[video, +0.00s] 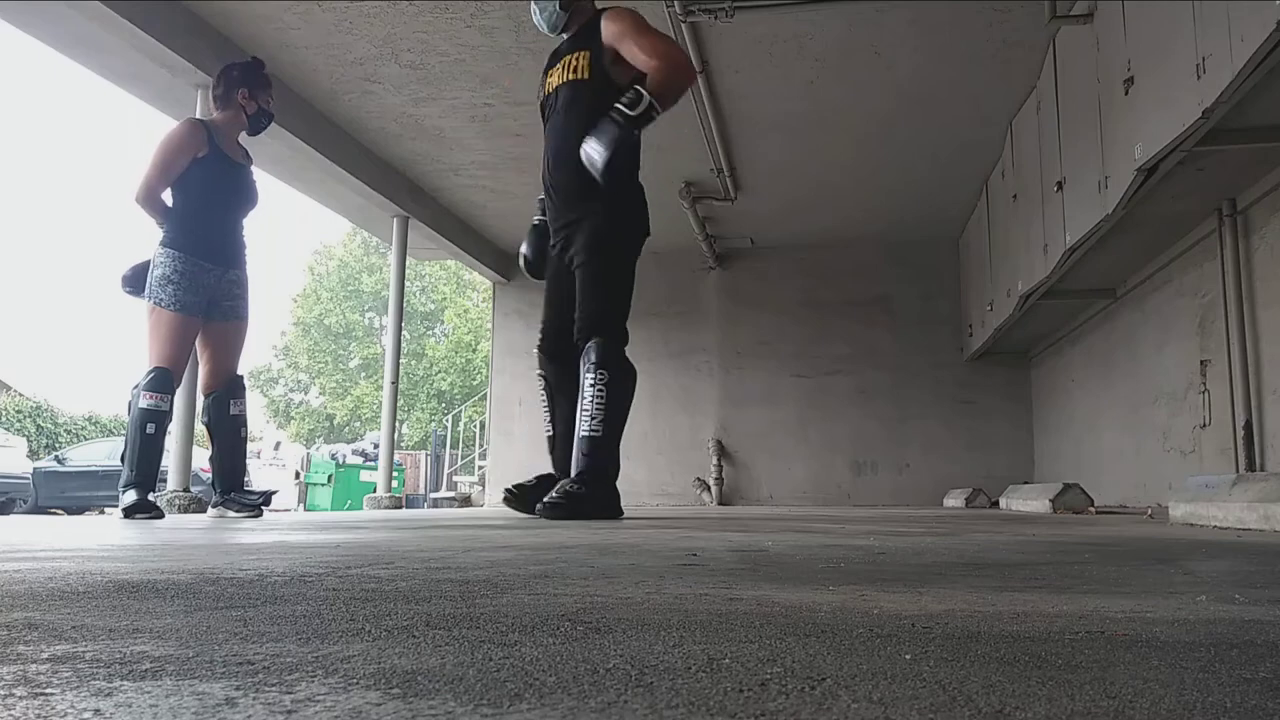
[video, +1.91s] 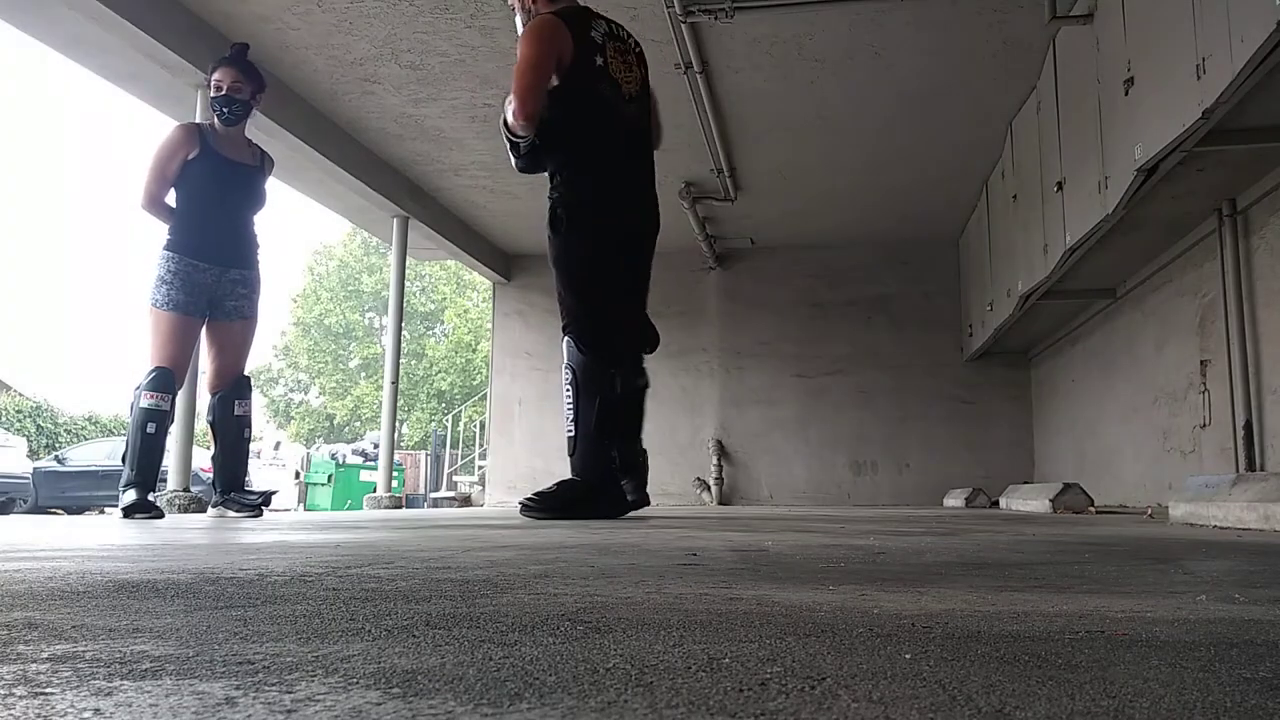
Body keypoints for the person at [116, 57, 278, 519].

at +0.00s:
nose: (270, 110)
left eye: (271, 103)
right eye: (267, 100)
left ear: (239, 99)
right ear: (243, 96)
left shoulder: (242, 153)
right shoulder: (193, 130)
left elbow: (226, 215)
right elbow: (146, 194)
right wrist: (177, 227)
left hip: (231, 271)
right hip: (183, 262)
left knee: (222, 382)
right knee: (163, 375)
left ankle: (228, 488)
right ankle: (137, 489)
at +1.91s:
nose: (225, 96)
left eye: (236, 89)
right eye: (218, 87)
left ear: (255, 98)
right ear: (208, 92)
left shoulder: (263, 160)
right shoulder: (187, 136)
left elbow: (247, 213)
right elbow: (152, 200)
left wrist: (240, 237)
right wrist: (192, 228)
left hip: (240, 274)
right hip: (184, 266)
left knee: (229, 383)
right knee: (165, 376)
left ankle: (229, 488)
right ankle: (138, 488)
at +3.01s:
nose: (188, 77)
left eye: (200, 70)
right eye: (180, 66)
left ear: (216, 79)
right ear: (166, 69)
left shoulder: (226, 141)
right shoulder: (137, 113)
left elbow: (204, 197)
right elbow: (90, 172)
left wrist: (188, 223)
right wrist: (128, 210)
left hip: (196, 258)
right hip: (135, 255)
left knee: (200, 366)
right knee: (139, 378)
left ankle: (205, 479)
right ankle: (137, 492)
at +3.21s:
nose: (184, 69)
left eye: (197, 62)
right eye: (176, 58)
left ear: (215, 71)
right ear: (163, 60)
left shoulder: (226, 135)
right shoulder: (130, 106)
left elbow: (229, 201)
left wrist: (247, 251)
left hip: (194, 256)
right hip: (128, 252)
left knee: (173, 362)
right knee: (133, 376)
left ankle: (163, 482)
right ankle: (133, 489)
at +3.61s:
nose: (160, 32)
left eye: (175, 24)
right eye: (152, 20)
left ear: (198, 34)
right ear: (142, 23)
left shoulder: (214, 94)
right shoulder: (114, 82)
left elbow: (228, 176)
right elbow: (86, 151)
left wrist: (201, 195)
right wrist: (66, 155)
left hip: (178, 233)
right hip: (114, 228)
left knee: (166, 359)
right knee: (79, 359)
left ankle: (150, 490)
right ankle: (121, 465)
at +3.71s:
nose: (149, 19)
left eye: (164, 12)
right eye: (142, 10)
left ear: (188, 23)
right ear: (132, 17)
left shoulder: (204, 84)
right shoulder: (107, 76)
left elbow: (221, 160)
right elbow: (87, 151)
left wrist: (191, 168)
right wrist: (80, 136)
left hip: (171, 224)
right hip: (108, 221)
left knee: (161, 354)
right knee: (62, 347)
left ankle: (150, 487)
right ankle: (81, 475)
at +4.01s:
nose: (108, 10)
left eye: (121, 4)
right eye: (100, 3)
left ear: (138, 9)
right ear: (83, 6)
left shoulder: (158, 67)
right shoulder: (47, 54)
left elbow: (195, 149)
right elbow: (14, 135)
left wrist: (160, 147)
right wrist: (34, 108)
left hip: (133, 216)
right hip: (59, 211)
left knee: (133, 354)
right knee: (17, 346)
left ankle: (146, 489)